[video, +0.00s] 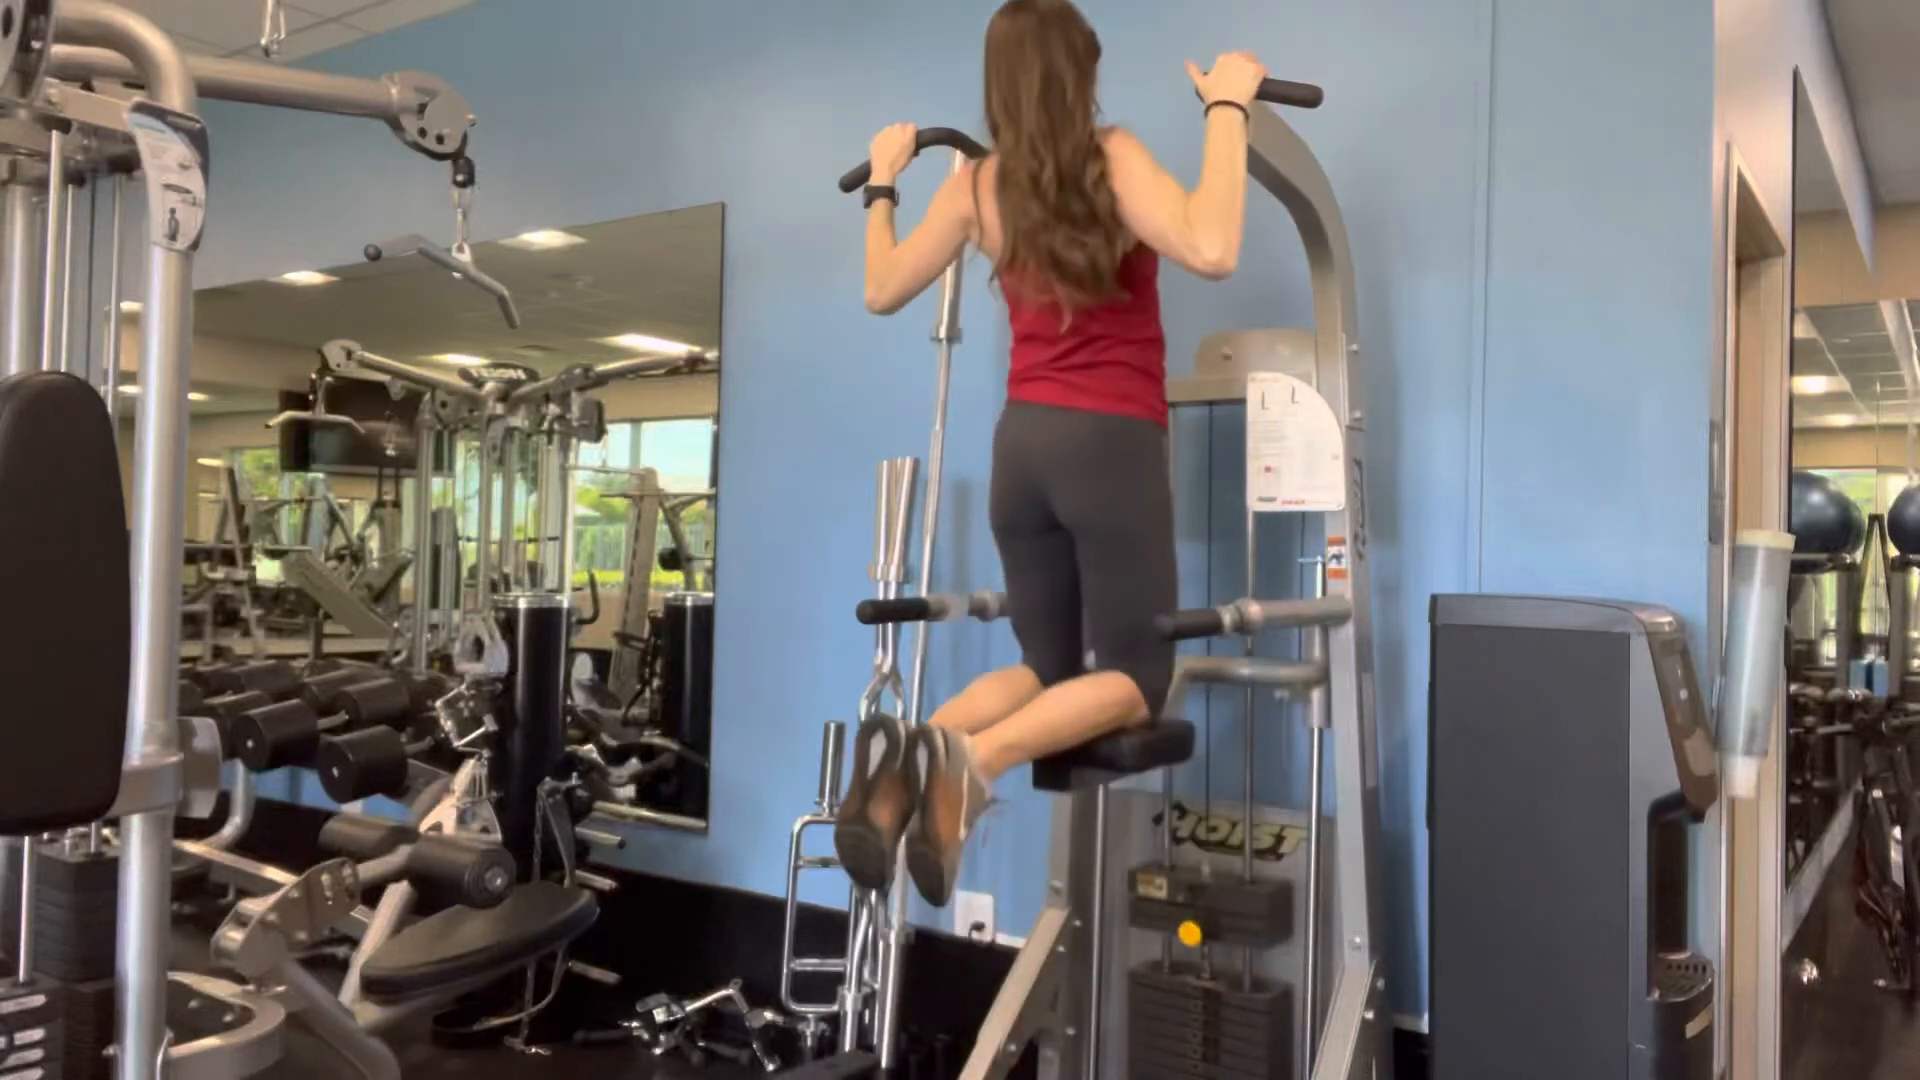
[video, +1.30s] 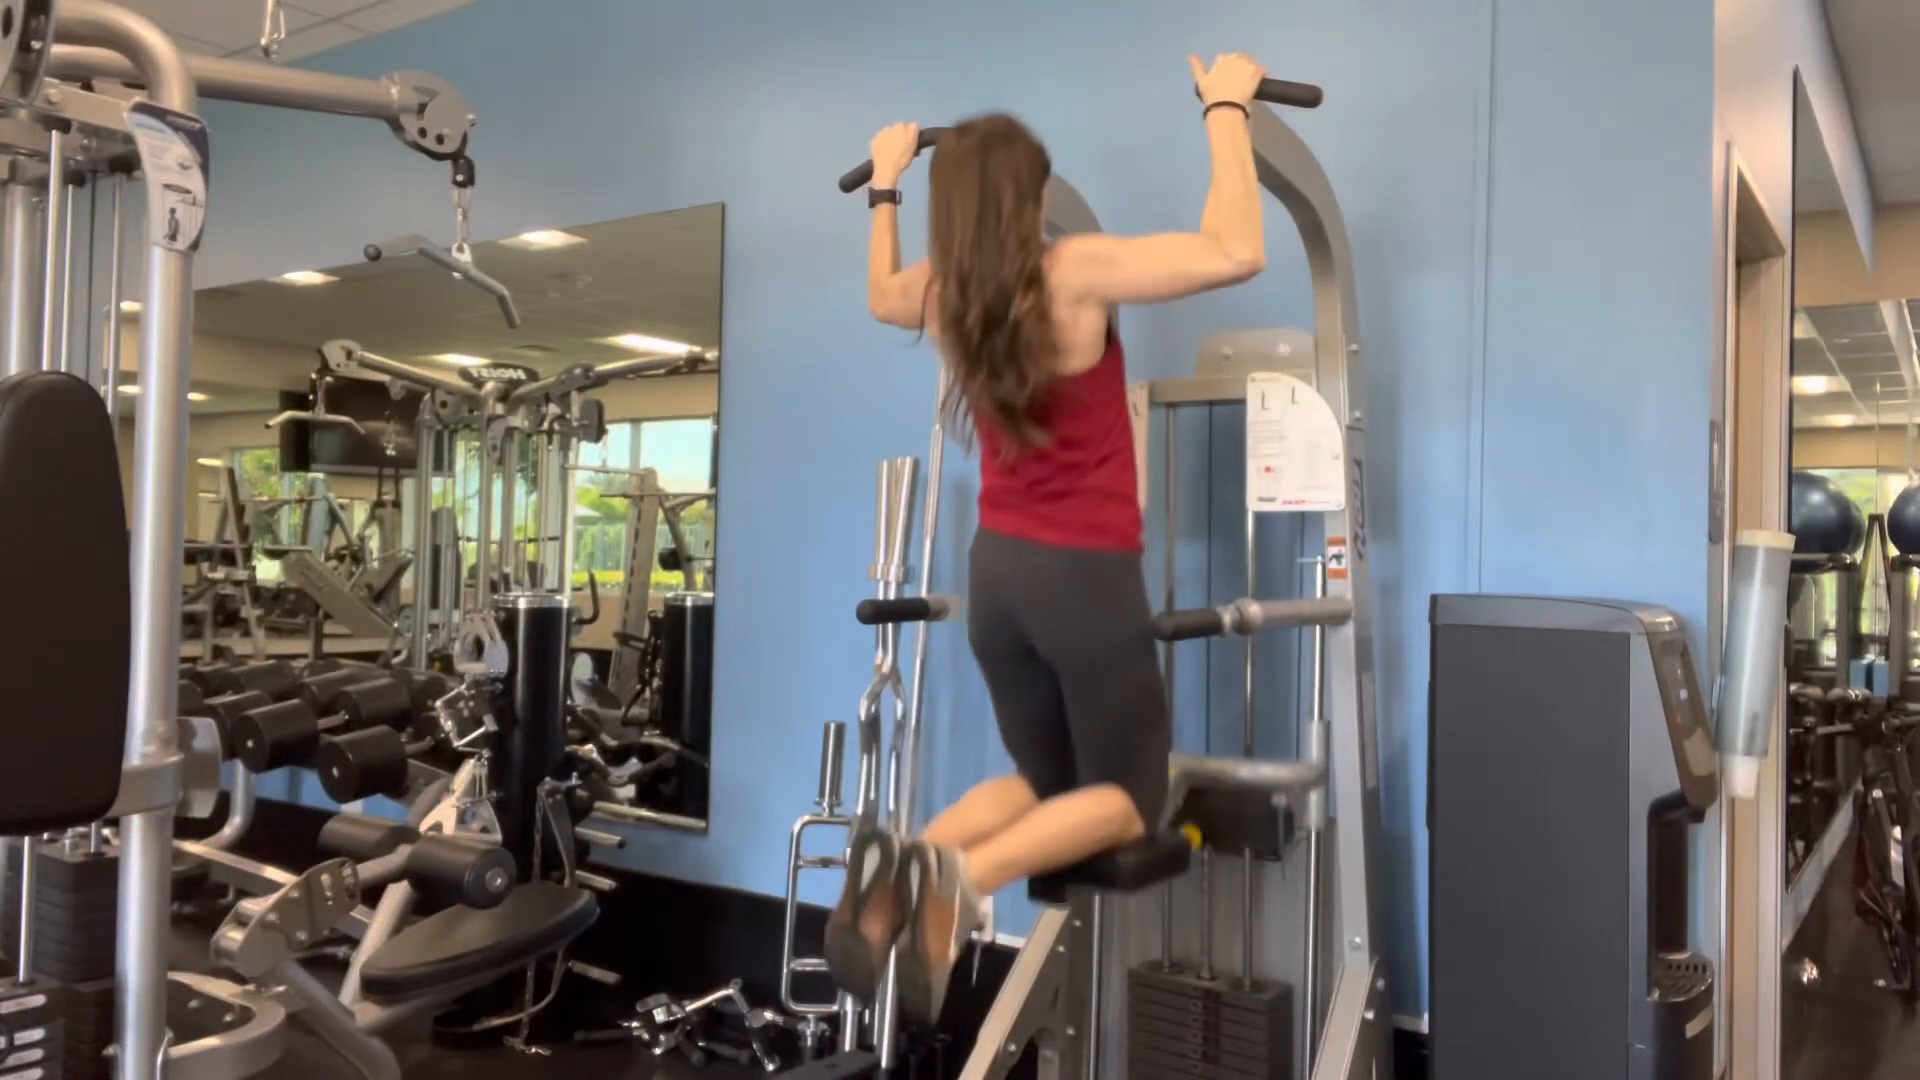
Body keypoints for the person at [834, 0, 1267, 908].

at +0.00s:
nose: (1093, 77)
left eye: (1080, 61)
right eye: (1088, 63)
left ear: (999, 80)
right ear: (1081, 72)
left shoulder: (977, 182)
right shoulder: (1111, 156)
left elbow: (884, 288)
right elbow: (1211, 249)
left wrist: (880, 183)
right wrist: (1228, 109)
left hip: (1021, 442)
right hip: (1110, 443)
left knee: (1050, 671)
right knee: (1134, 686)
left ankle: (919, 748)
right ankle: (977, 757)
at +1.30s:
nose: (1050, 186)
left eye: (1032, 174)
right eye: (1041, 174)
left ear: (953, 200)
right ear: (1032, 192)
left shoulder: (946, 287)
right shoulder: (1073, 268)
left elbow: (882, 294)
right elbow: (1233, 251)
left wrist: (883, 187)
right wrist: (1227, 110)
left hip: (997, 571)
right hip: (1085, 575)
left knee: (1041, 780)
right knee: (1131, 801)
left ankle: (908, 866)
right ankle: (964, 878)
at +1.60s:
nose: (1044, 320)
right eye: (1035, 311)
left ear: (953, 336)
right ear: (1031, 325)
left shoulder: (957, 406)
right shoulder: (1077, 387)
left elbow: (912, 298)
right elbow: (1192, 268)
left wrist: (887, 185)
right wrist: (1222, 113)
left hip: (991, 703)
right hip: (1078, 715)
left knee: (1032, 915)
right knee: (1120, 938)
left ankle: (899, 1020)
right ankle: (966, 1037)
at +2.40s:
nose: (1065, 198)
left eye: (1053, 184)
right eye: (1057, 184)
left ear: (966, 201)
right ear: (1046, 199)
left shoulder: (959, 293)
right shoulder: (1087, 275)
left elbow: (874, 294)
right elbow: (1246, 252)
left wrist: (881, 182)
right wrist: (1228, 109)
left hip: (1004, 569)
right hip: (1095, 573)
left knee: (1032, 788)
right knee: (1124, 803)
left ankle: (910, 887)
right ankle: (967, 901)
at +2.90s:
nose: (1079, 52)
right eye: (1074, 38)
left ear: (988, 58)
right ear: (1070, 49)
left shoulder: (968, 164)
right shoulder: (1108, 135)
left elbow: (888, 285)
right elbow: (1184, 247)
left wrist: (879, 181)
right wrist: (1227, 113)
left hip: (1019, 423)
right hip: (1109, 424)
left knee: (1039, 647)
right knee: (1132, 663)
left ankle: (912, 733)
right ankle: (978, 734)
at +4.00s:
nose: (1054, 199)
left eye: (1040, 185)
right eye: (1046, 187)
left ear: (953, 216)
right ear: (1036, 204)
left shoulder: (952, 304)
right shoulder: (1077, 278)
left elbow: (880, 295)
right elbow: (1237, 256)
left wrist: (882, 187)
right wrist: (1228, 113)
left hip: (1004, 577)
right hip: (1093, 580)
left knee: (1031, 784)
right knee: (1127, 804)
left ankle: (913, 866)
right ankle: (970, 887)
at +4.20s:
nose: (1048, 307)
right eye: (1037, 295)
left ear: (956, 322)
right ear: (1034, 312)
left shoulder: (955, 395)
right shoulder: (1076, 382)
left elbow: (905, 293)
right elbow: (1200, 270)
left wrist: (885, 185)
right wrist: (1225, 114)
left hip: (997, 685)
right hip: (1087, 693)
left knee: (1023, 894)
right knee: (1119, 916)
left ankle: (900, 1002)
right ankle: (965, 1028)